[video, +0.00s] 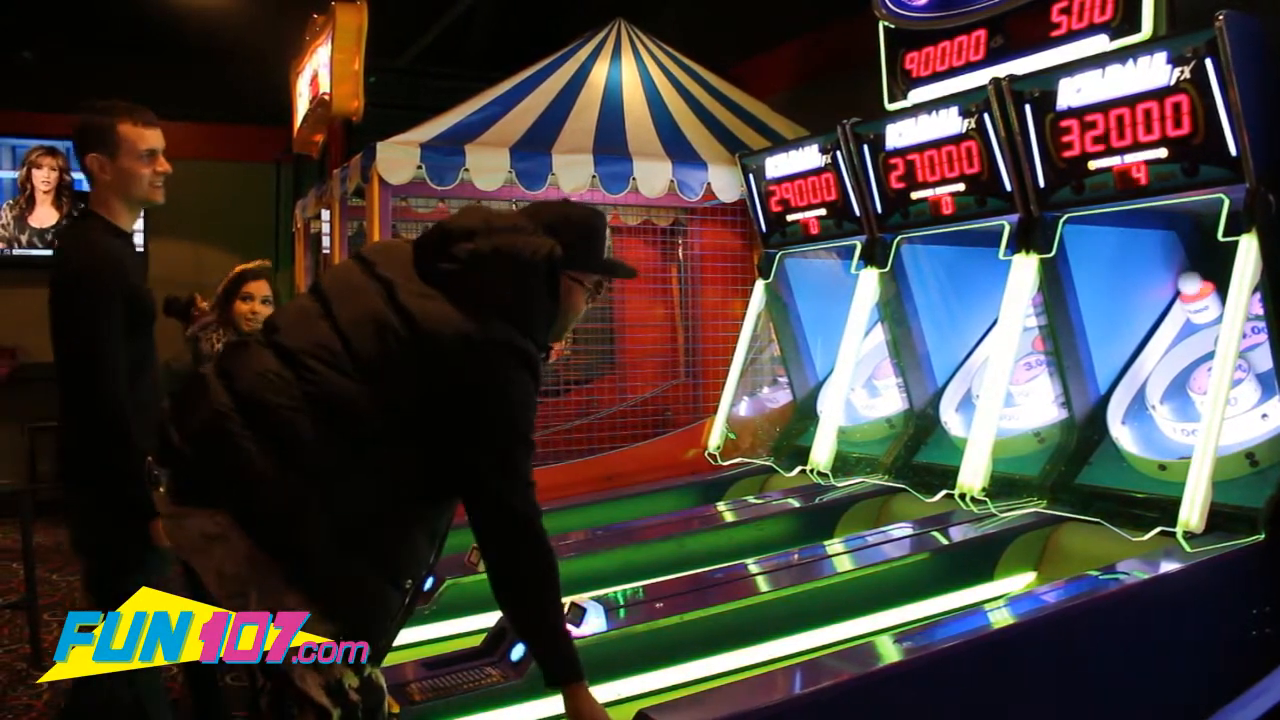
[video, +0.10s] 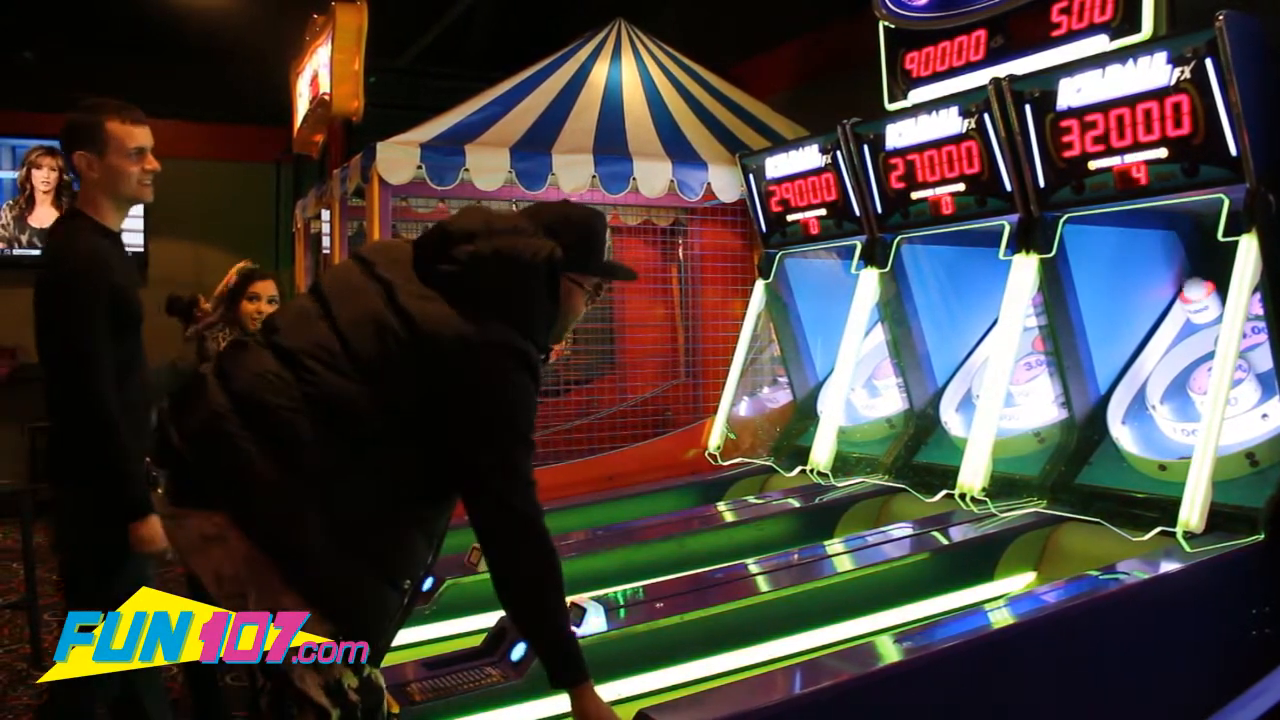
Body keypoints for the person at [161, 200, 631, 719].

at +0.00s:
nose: (588, 307)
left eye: (593, 291)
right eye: (584, 288)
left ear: (515, 261)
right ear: (547, 278)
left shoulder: (398, 261)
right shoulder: (494, 352)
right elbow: (511, 530)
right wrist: (571, 682)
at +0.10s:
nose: (587, 309)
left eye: (593, 293)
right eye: (585, 291)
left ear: (513, 259)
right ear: (550, 282)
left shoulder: (394, 260)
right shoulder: (491, 352)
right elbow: (514, 533)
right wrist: (578, 684)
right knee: (317, 695)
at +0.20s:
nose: (586, 308)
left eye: (591, 292)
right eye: (585, 290)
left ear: (510, 256)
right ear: (556, 282)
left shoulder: (390, 260)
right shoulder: (491, 354)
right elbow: (517, 532)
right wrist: (581, 683)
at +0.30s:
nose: (584, 307)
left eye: (590, 291)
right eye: (584, 289)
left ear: (504, 255)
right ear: (557, 282)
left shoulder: (388, 260)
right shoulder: (488, 350)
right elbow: (512, 532)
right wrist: (578, 681)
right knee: (301, 698)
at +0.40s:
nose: (582, 306)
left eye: (587, 290)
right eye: (581, 288)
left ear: (503, 254)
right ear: (550, 279)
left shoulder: (387, 258)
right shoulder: (486, 348)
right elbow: (493, 530)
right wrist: (566, 676)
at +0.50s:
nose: (579, 303)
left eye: (585, 287)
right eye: (579, 285)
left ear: (504, 252)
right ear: (550, 275)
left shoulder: (388, 258)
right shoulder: (480, 343)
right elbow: (466, 522)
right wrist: (535, 668)